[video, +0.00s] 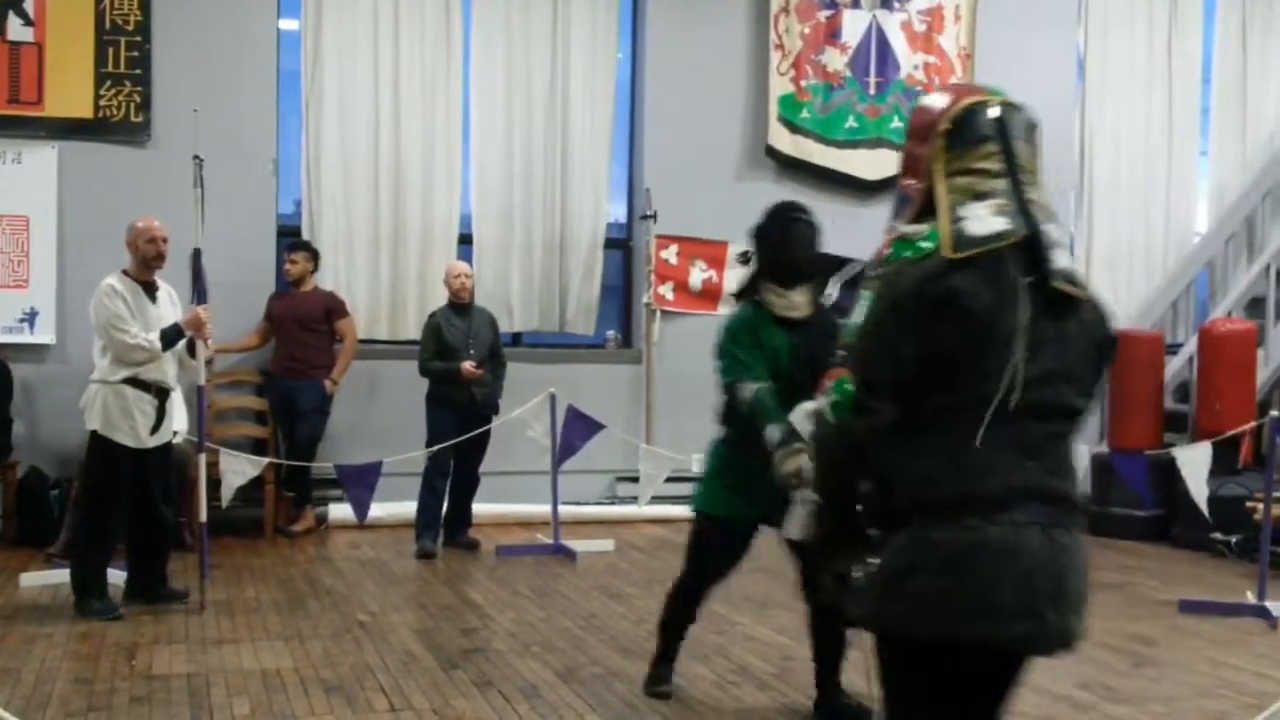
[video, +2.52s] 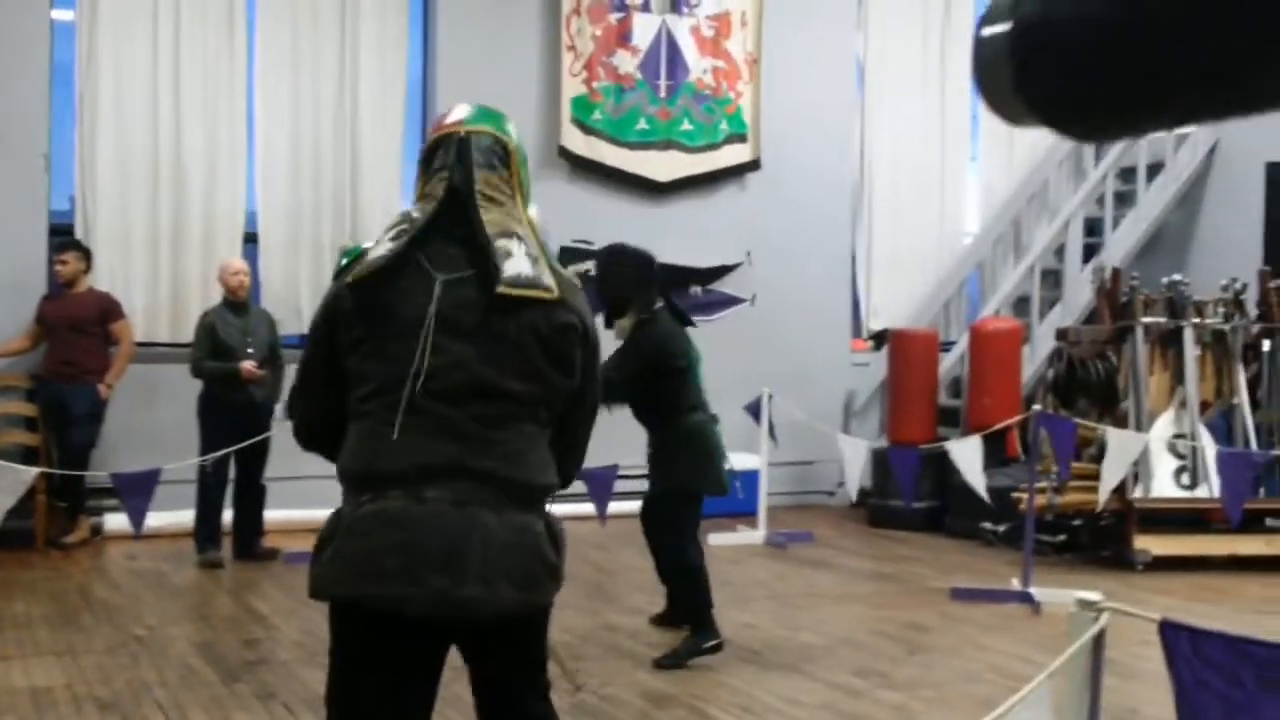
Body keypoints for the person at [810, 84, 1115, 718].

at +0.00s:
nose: (918, 180)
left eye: (927, 166)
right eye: (923, 165)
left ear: (944, 171)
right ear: (1026, 168)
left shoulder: (922, 285)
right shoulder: (1076, 306)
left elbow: (860, 418)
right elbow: (1054, 430)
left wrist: (843, 535)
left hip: (931, 559)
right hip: (1034, 558)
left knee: (918, 703)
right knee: (972, 704)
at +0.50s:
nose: (773, 148)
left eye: (782, 135)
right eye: (777, 134)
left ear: (799, 145)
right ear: (875, 144)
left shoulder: (767, 235)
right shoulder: (922, 266)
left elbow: (711, 366)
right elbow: (896, 389)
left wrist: (707, 460)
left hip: (778, 503)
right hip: (884, 512)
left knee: (635, 632)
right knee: (858, 707)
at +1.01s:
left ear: (583, 122)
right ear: (678, 128)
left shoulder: (526, 232)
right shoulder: (726, 250)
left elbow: (463, 370)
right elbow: (742, 414)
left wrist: (530, 434)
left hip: (543, 534)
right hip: (678, 538)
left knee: (504, 709)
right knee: (725, 706)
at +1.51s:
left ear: (493, 124)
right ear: (591, 128)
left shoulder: (417, 230)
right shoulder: (635, 242)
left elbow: (361, 362)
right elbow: (664, 406)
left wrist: (434, 416)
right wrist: (592, 444)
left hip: (456, 529)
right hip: (596, 529)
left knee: (455, 709)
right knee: (651, 700)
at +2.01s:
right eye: (606, 162)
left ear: (527, 163)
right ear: (613, 170)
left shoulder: (463, 250)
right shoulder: (651, 281)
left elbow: (386, 375)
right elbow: (661, 435)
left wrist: (439, 452)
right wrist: (596, 466)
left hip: (461, 517)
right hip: (589, 526)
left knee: (439, 706)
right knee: (592, 708)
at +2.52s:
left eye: (439, 167)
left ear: (426, 177)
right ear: (514, 179)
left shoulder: (365, 279)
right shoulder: (559, 294)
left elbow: (314, 420)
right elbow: (567, 449)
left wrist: (393, 462)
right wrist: (499, 481)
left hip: (382, 556)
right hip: (507, 561)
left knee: (369, 709)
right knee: (520, 707)